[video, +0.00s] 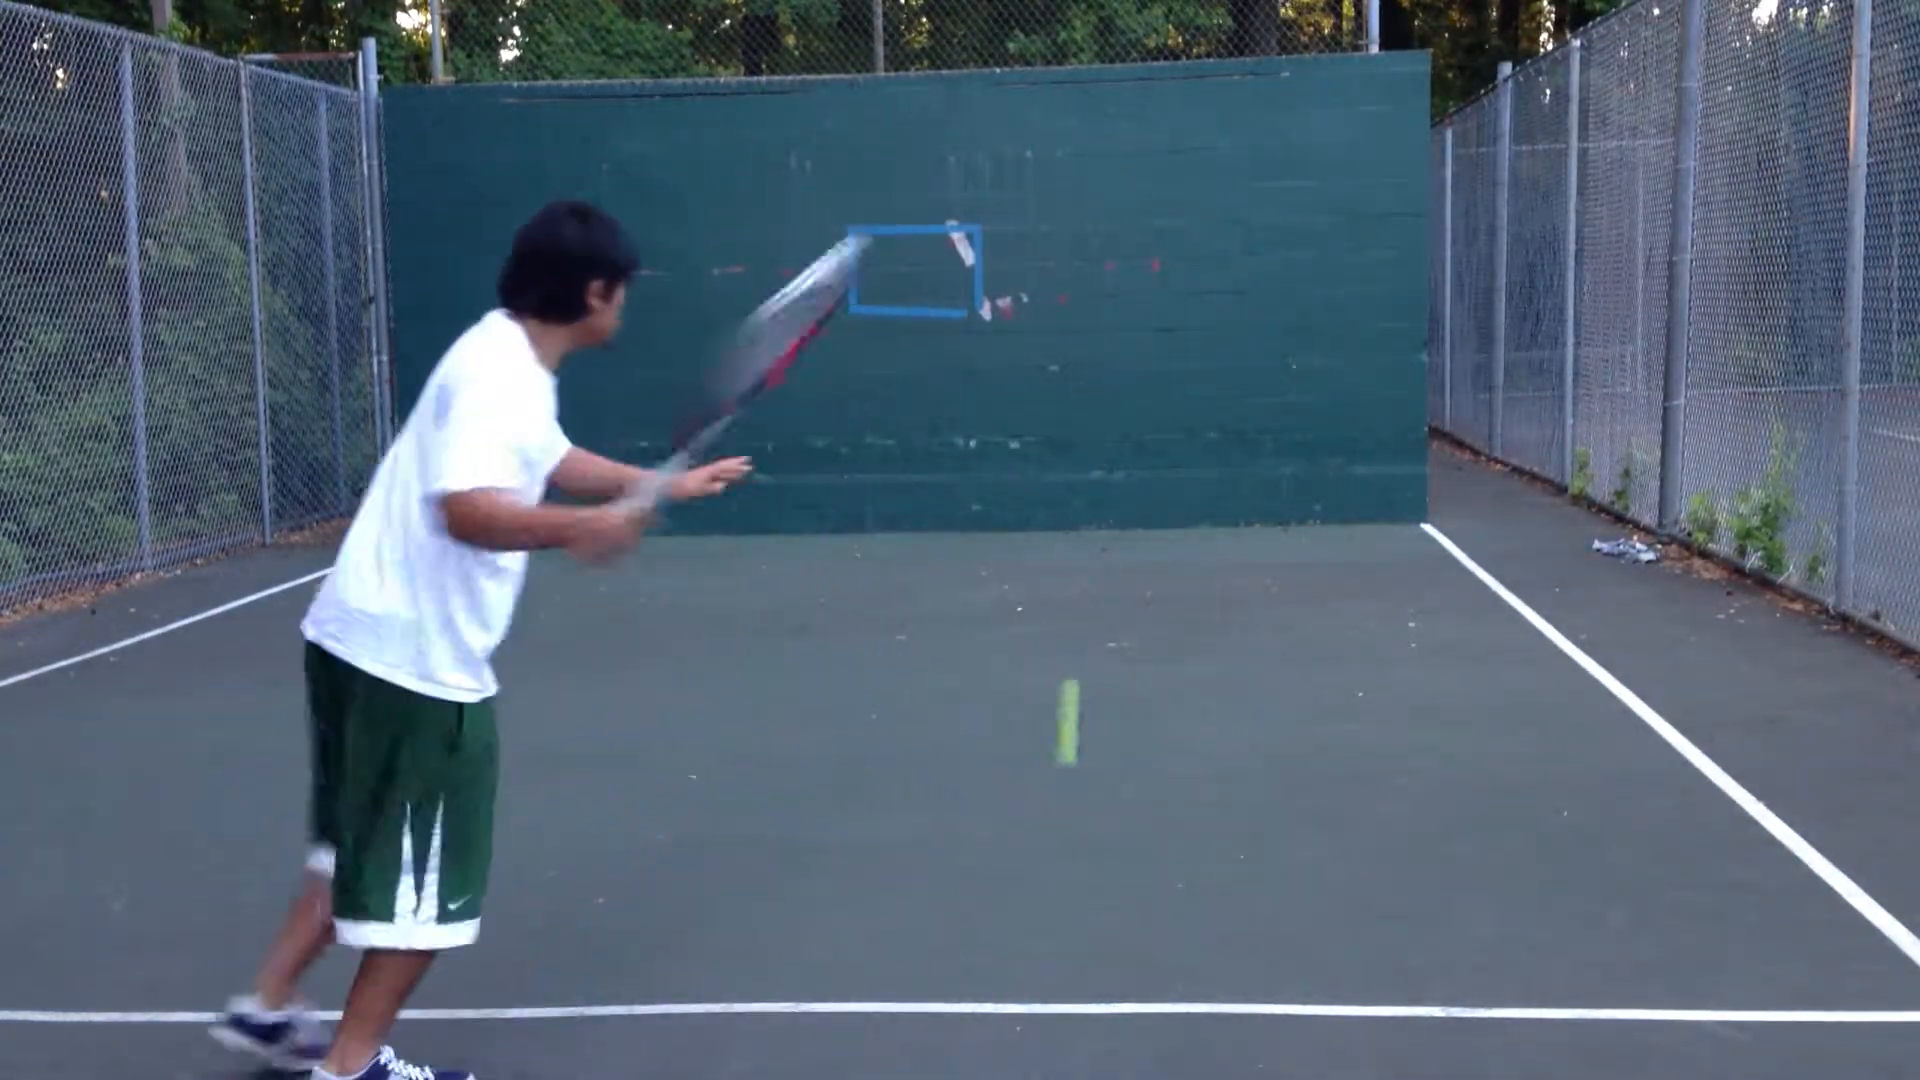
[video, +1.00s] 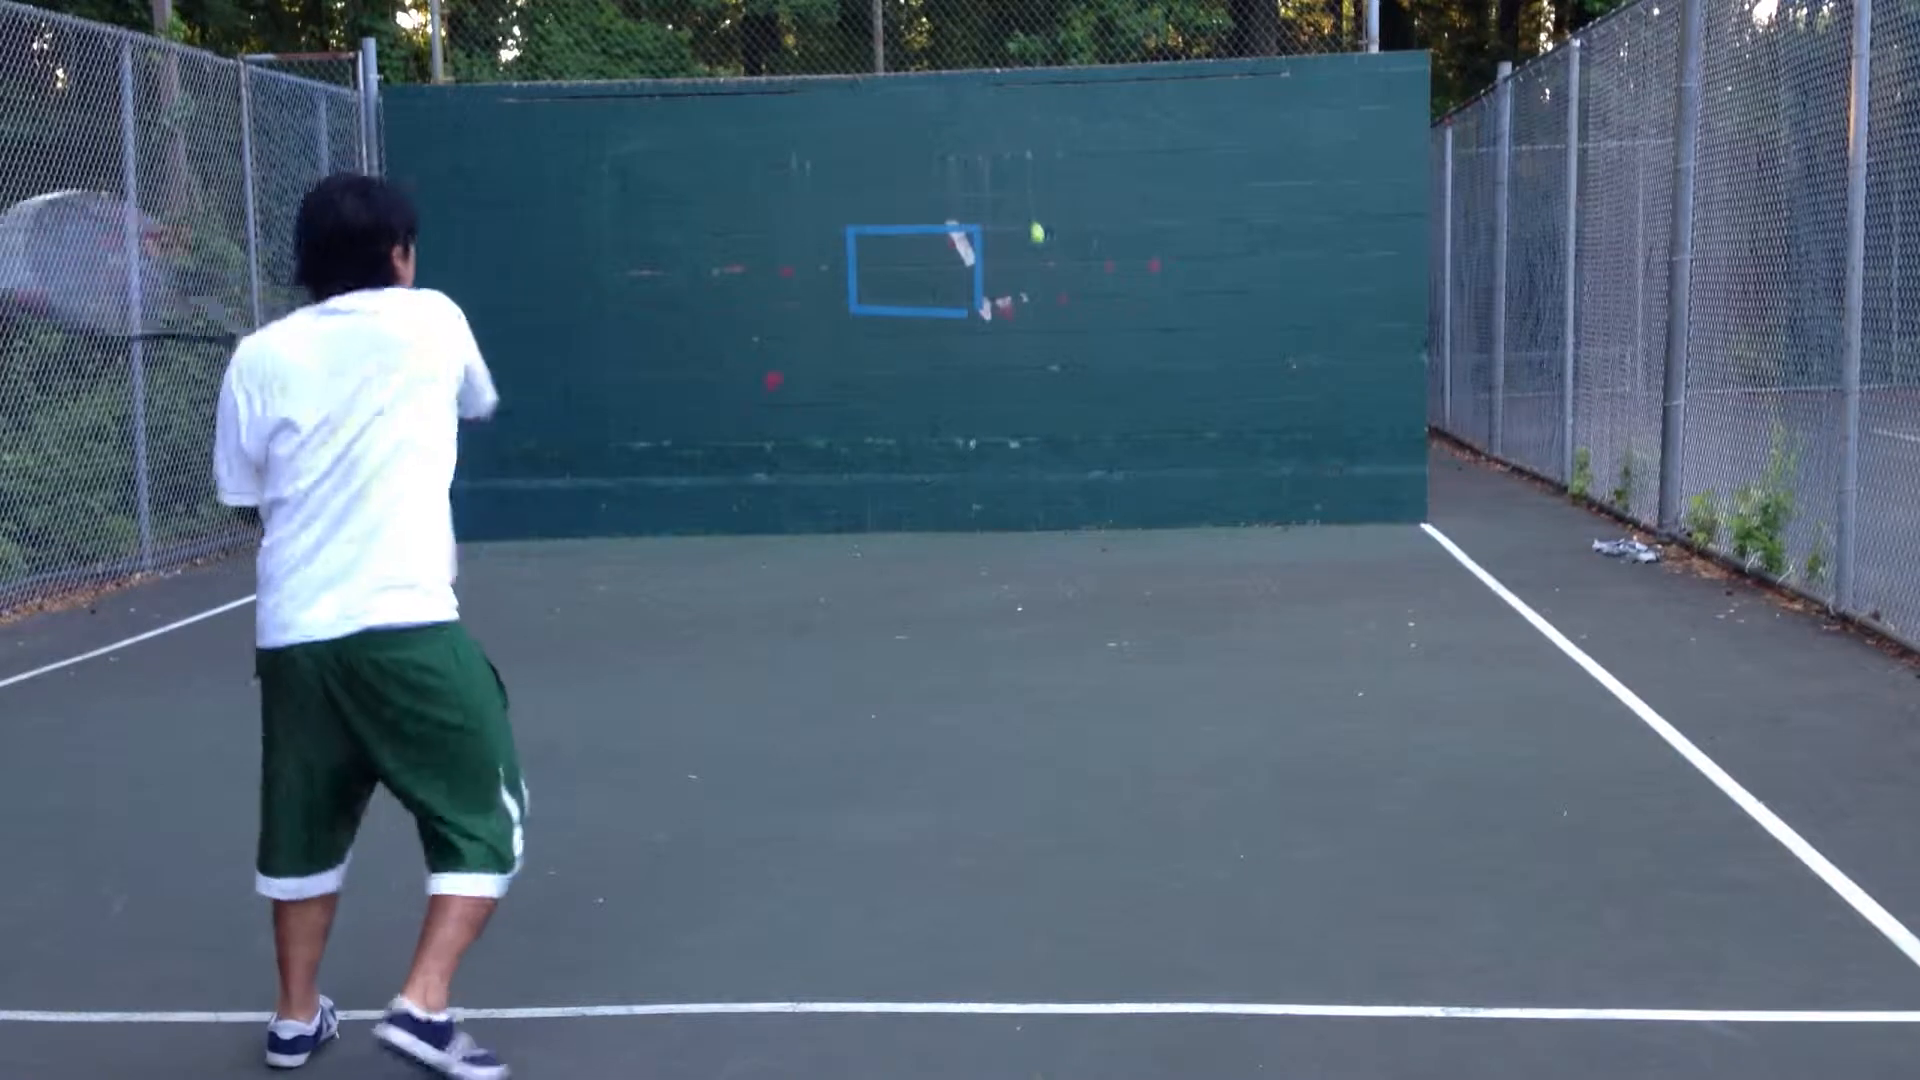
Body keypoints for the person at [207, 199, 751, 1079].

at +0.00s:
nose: (621, 306)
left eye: (622, 290)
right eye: (618, 290)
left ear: (545, 287)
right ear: (589, 297)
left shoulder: (507, 358)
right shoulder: (499, 373)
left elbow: (549, 462)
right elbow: (467, 510)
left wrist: (663, 482)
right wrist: (582, 526)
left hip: (366, 638)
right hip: (415, 663)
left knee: (357, 850)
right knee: (426, 896)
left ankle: (267, 1003)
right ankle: (351, 1063)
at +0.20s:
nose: (578, 291)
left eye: (576, 274)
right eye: (571, 275)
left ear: (495, 272)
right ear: (536, 284)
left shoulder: (459, 341)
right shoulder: (449, 368)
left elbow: (490, 424)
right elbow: (379, 496)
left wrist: (597, 410)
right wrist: (408, 568)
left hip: (338, 650)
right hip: (408, 674)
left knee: (287, 846)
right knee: (422, 890)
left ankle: (171, 1028)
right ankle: (353, 1061)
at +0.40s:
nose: (534, 232)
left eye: (530, 214)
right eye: (522, 215)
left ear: (440, 222)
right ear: (473, 224)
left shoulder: (365, 282)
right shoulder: (456, 326)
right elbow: (514, 474)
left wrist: (551, 477)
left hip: (303, 596)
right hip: (409, 627)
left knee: (238, 806)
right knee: (417, 850)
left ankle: (156, 1012)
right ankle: (359, 1053)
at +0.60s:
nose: (475, 196)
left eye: (473, 180)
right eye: (468, 181)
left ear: (368, 179)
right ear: (433, 186)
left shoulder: (297, 265)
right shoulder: (462, 262)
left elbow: (254, 359)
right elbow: (562, 321)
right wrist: (593, 274)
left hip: (304, 575)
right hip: (420, 581)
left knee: (262, 780)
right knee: (424, 816)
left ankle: (210, 980)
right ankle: (389, 1032)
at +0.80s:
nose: (432, 242)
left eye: (431, 229)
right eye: (429, 230)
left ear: (324, 239)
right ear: (409, 239)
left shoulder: (267, 334)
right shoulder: (435, 301)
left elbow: (236, 457)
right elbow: (459, 331)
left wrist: (270, 328)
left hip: (301, 626)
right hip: (410, 618)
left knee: (303, 823)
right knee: (454, 838)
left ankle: (295, 1015)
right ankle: (390, 1030)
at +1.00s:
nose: (414, 261)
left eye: (410, 247)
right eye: (410, 249)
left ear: (309, 263)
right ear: (392, 258)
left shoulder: (258, 355)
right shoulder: (432, 319)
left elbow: (245, 499)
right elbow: (474, 406)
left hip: (292, 635)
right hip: (406, 622)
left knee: (304, 829)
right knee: (483, 814)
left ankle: (295, 1019)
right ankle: (424, 1004)